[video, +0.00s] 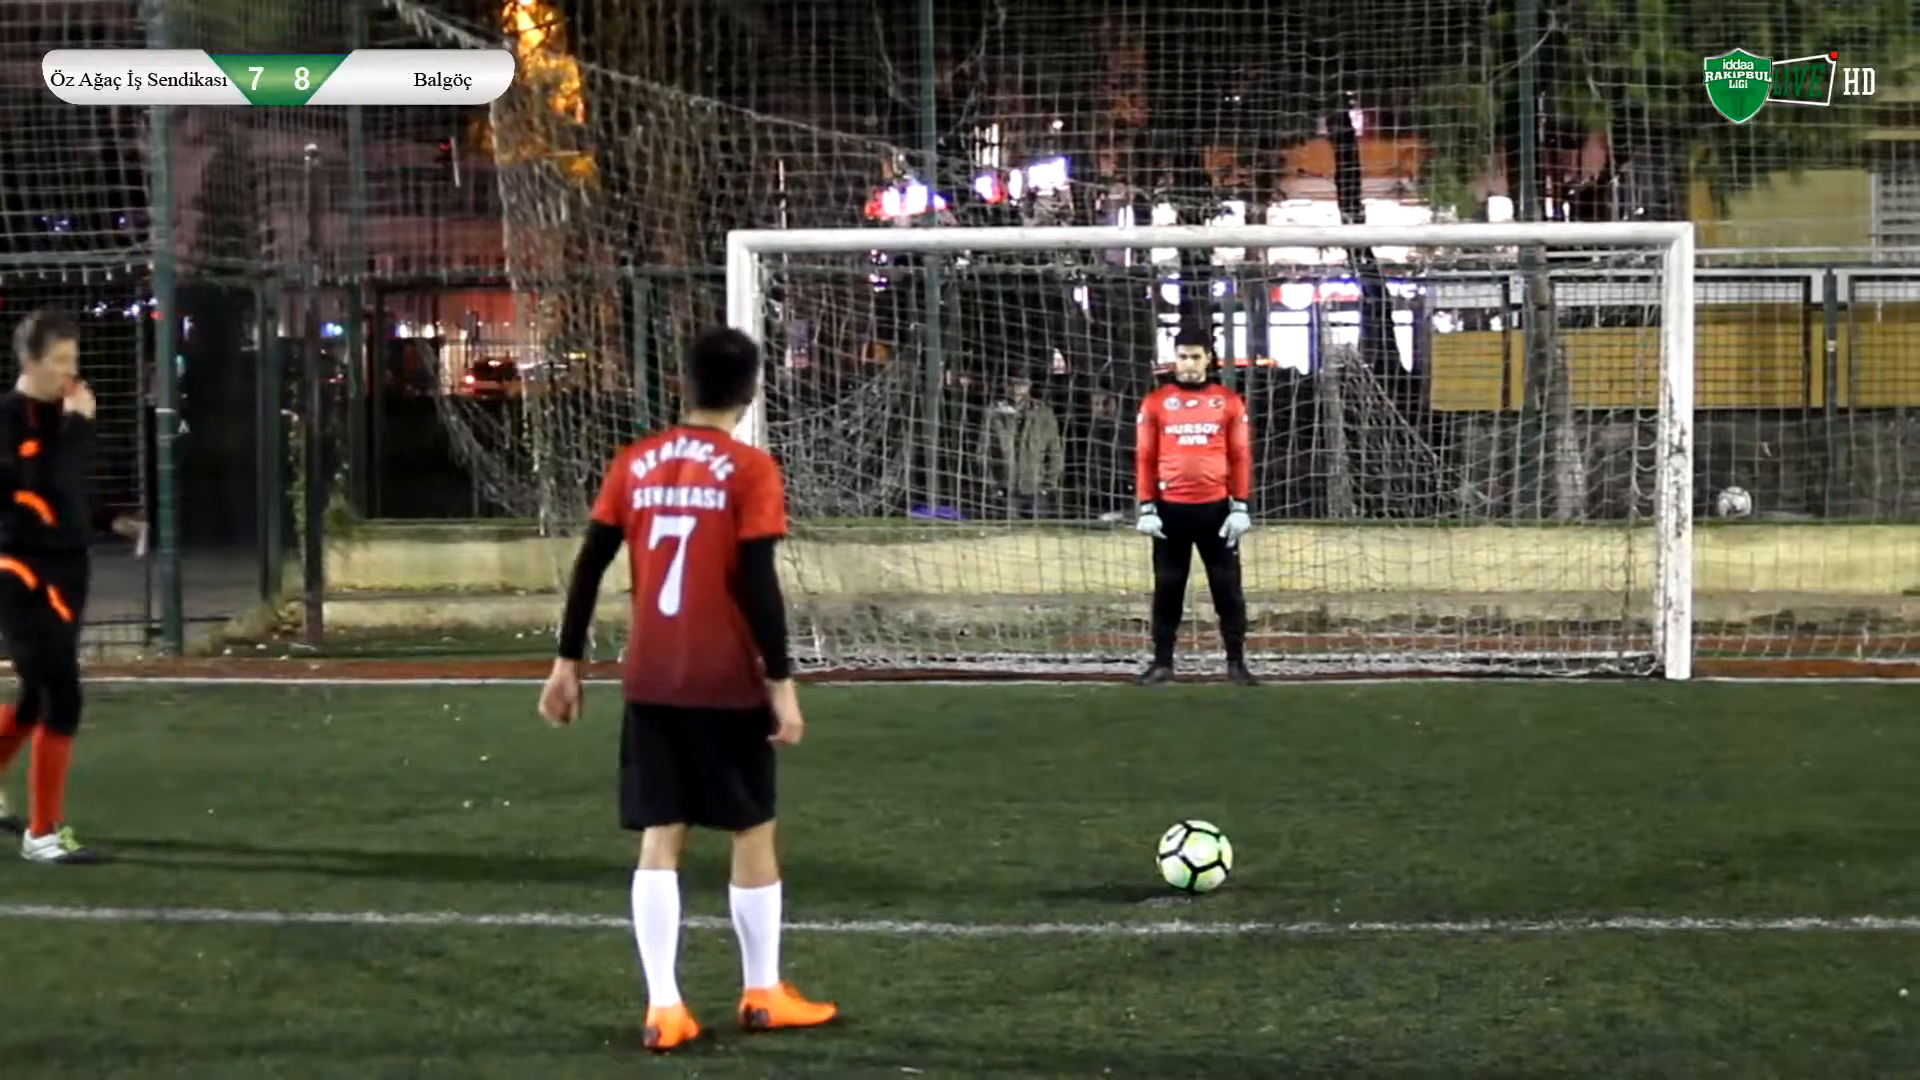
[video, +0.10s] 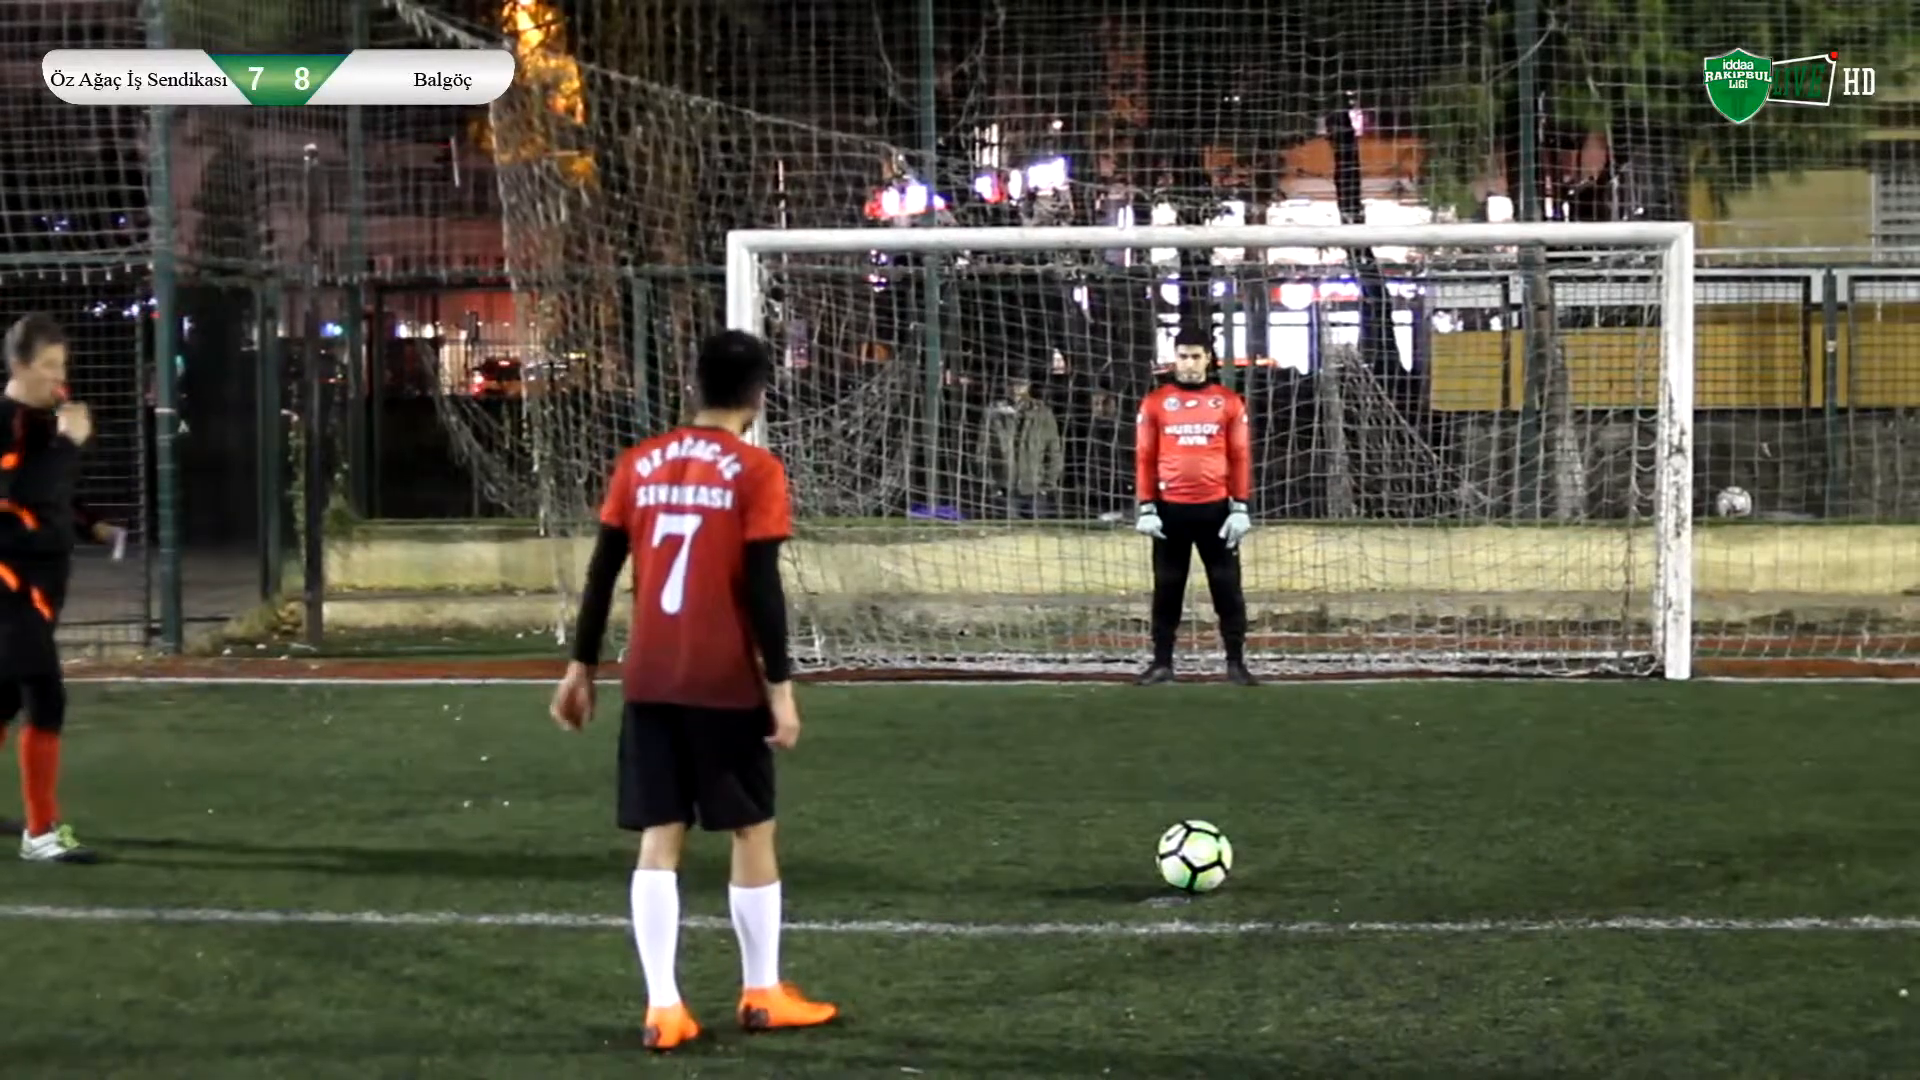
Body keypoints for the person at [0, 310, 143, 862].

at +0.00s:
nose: (71, 372)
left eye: (74, 362)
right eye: (63, 363)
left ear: (70, 363)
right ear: (30, 363)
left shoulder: (62, 416)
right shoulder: (11, 419)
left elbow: (74, 500)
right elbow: (57, 504)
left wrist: (113, 521)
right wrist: (78, 425)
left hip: (58, 575)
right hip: (24, 577)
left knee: (32, 698)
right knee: (61, 699)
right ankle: (42, 831)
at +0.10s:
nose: (61, 377)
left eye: (64, 367)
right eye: (52, 367)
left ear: (60, 367)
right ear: (20, 367)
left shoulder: (46, 419)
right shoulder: (9, 422)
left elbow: (52, 498)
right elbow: (24, 499)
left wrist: (93, 526)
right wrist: (66, 443)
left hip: (39, 584)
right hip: (12, 586)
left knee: (16, 698)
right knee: (45, 697)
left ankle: (41, 826)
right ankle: (40, 828)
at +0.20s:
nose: (56, 380)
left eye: (58, 368)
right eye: (47, 368)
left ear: (48, 367)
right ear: (15, 368)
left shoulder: (37, 421)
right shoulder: (9, 422)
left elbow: (38, 497)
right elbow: (15, 496)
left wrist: (78, 527)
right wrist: (61, 465)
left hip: (29, 581)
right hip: (7, 583)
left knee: (23, 695)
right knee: (28, 696)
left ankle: (35, 820)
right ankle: (34, 822)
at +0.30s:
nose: (52, 378)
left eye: (54, 367)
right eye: (45, 367)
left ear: (24, 368)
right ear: (13, 367)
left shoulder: (26, 422)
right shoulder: (7, 424)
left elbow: (26, 504)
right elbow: (9, 507)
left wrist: (77, 523)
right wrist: (55, 502)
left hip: (16, 581)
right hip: (1, 583)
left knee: (15, 692)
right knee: (17, 691)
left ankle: (16, 814)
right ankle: (12, 816)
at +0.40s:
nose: (45, 378)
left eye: (46, 366)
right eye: (38, 365)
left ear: (21, 365)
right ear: (6, 363)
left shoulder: (21, 424)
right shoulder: (6, 428)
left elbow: (45, 489)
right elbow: (6, 505)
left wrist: (105, 502)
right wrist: (44, 518)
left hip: (13, 599)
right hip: (3, 601)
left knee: (15, 696)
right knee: (14, 696)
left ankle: (5, 812)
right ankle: (3, 812)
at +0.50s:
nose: (43, 369)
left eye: (42, 357)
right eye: (36, 356)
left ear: (13, 360)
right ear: (8, 359)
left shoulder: (18, 419)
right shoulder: (5, 420)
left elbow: (64, 459)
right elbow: (3, 499)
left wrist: (130, 448)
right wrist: (29, 536)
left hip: (13, 576)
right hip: (3, 580)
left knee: (5, 684)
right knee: (3, 687)